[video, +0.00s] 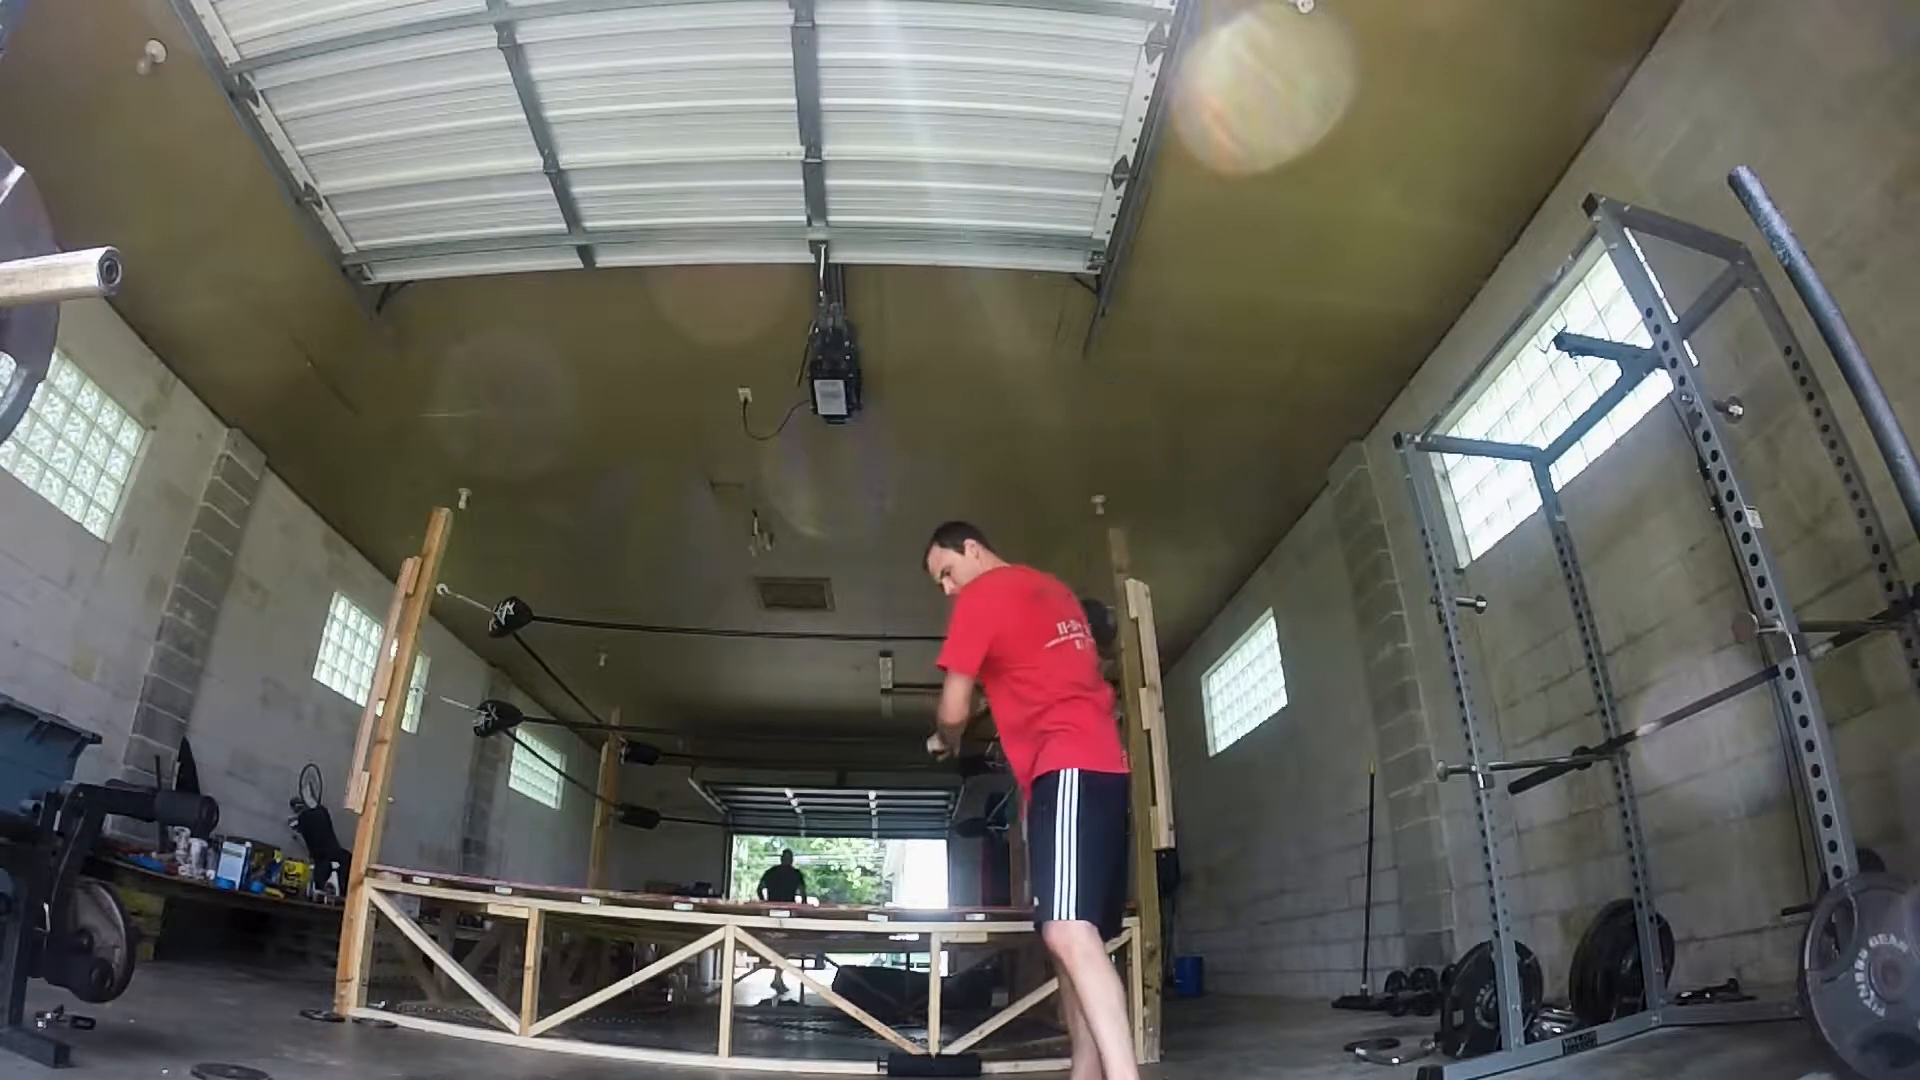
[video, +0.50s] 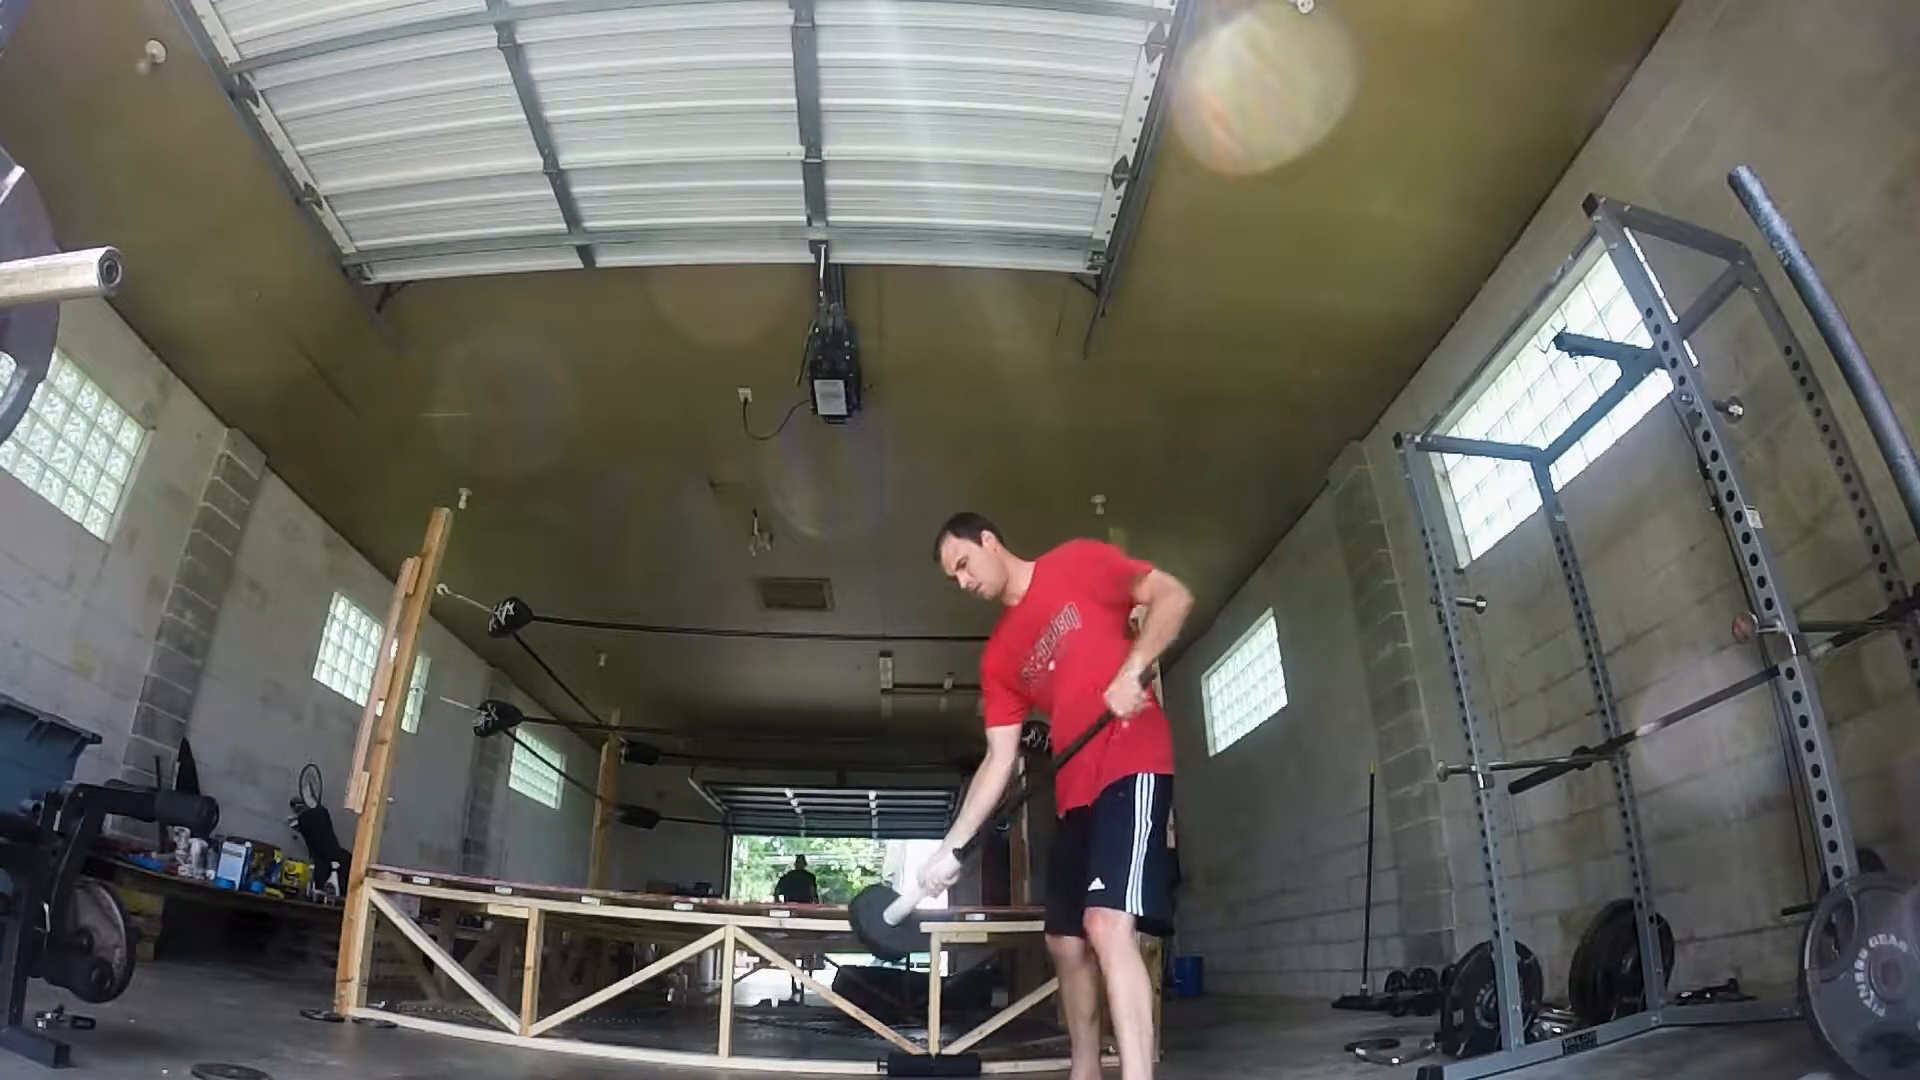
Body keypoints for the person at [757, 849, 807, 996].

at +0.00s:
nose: (788, 861)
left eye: (788, 858)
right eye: (788, 858)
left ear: (781, 858)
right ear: (791, 859)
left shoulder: (771, 871)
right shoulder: (797, 874)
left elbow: (759, 888)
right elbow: (803, 893)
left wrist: (764, 901)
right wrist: (804, 906)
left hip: (771, 908)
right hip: (788, 909)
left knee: (778, 943)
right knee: (785, 944)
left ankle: (778, 977)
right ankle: (777, 977)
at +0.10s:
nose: (791, 862)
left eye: (789, 859)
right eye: (792, 860)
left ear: (783, 860)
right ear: (794, 861)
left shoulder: (773, 874)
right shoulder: (800, 875)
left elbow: (763, 893)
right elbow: (807, 894)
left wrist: (769, 904)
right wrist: (809, 905)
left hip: (775, 911)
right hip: (793, 912)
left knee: (784, 945)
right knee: (789, 945)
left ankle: (792, 981)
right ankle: (778, 977)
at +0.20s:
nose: (792, 867)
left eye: (791, 865)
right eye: (793, 865)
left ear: (786, 865)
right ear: (797, 865)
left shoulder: (777, 879)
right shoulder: (803, 879)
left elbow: (768, 899)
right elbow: (810, 899)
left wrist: (768, 913)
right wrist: (810, 911)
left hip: (781, 917)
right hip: (799, 917)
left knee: (787, 948)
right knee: (796, 950)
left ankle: (788, 979)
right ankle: (786, 978)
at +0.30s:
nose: (794, 868)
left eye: (792, 865)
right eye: (796, 865)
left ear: (788, 865)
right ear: (799, 866)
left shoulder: (781, 879)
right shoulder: (805, 879)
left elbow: (772, 899)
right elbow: (811, 899)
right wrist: (811, 909)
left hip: (784, 915)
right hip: (802, 915)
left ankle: (794, 983)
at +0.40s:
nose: (801, 865)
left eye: (799, 863)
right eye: (801, 863)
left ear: (792, 863)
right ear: (802, 864)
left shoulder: (783, 877)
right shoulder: (808, 876)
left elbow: (775, 894)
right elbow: (812, 895)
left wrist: (777, 907)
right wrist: (814, 907)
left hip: (789, 916)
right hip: (807, 915)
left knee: (790, 951)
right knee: (807, 948)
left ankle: (793, 982)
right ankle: (803, 978)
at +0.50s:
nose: (801, 865)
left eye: (800, 862)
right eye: (802, 863)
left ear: (795, 863)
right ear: (805, 864)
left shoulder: (787, 876)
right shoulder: (810, 876)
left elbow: (777, 889)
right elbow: (814, 892)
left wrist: (777, 901)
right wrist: (817, 902)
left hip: (791, 910)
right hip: (808, 910)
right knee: (809, 935)